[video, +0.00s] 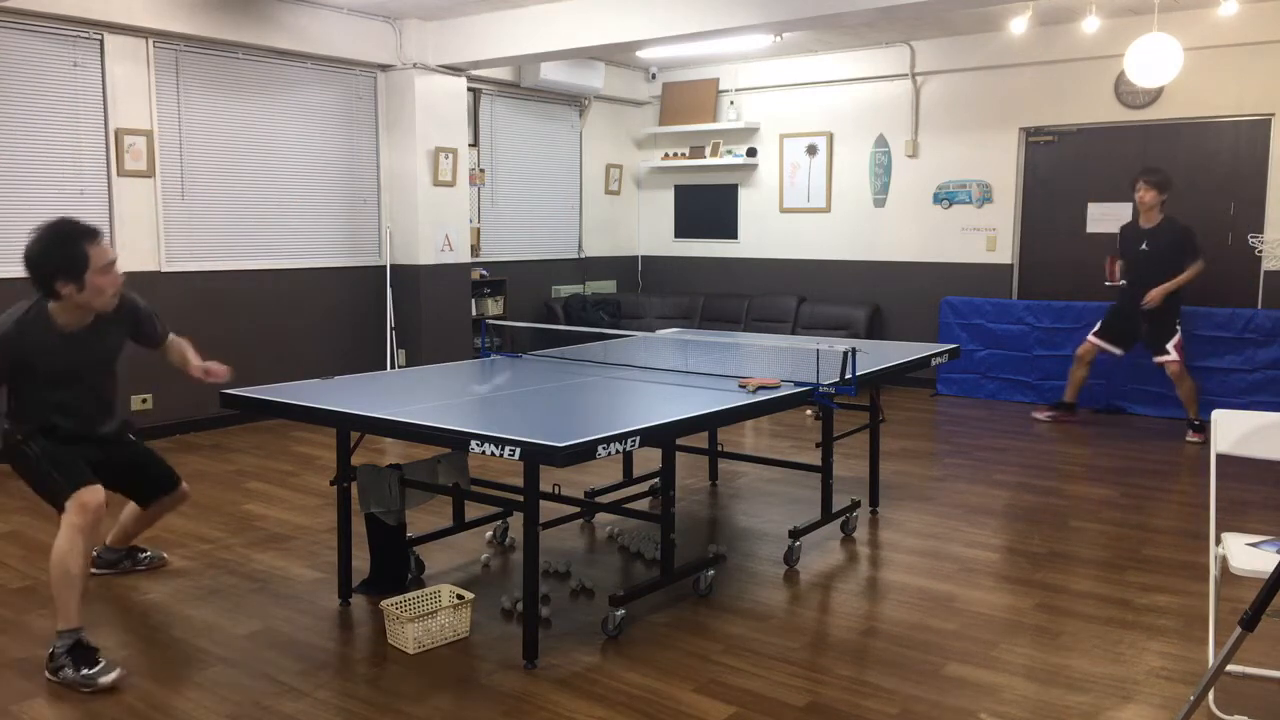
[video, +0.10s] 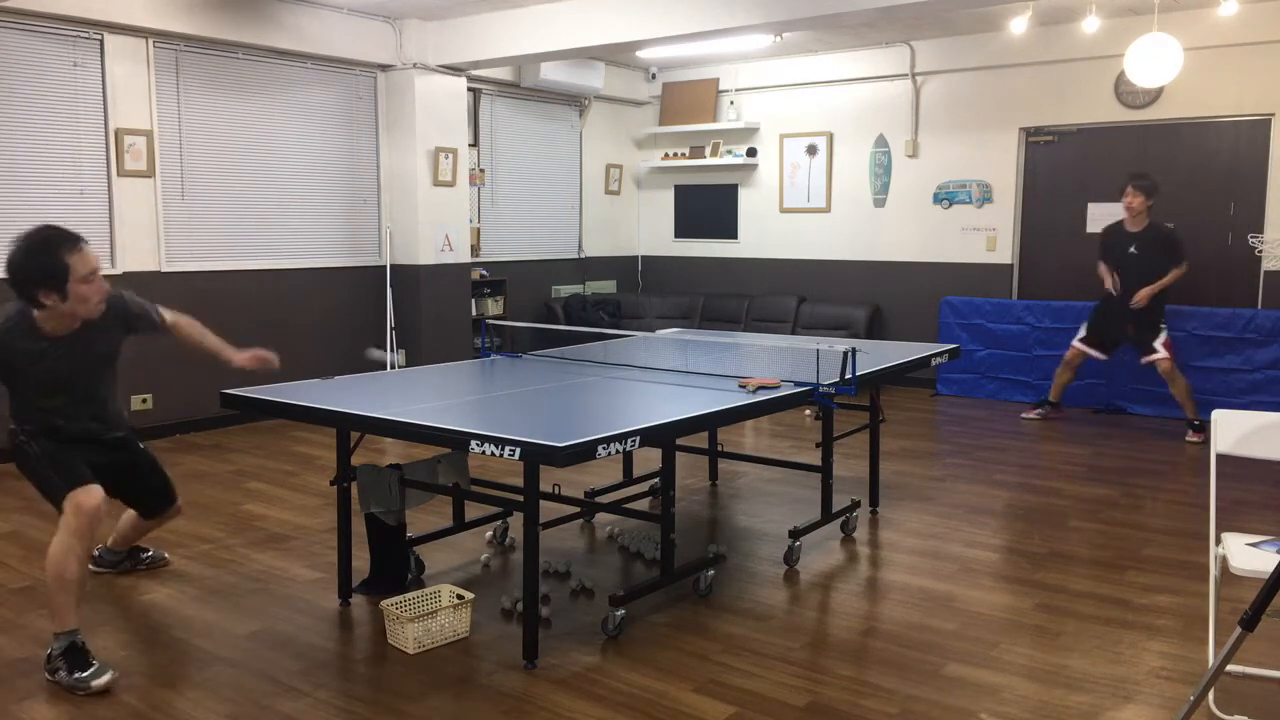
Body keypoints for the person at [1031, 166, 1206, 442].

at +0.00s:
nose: (1141, 195)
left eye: (1148, 190)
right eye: (1138, 189)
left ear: (1163, 196)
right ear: (1134, 194)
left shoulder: (1177, 231)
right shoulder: (1128, 231)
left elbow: (1198, 265)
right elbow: (1126, 266)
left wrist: (1164, 290)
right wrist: (1116, 272)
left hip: (1162, 309)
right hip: (1128, 306)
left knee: (1175, 370)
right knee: (1084, 353)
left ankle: (1195, 423)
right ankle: (1067, 406)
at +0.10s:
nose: (1129, 202)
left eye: (1136, 197)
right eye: (1126, 196)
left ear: (1149, 202)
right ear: (1122, 199)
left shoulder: (1164, 235)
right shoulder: (1111, 233)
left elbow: (1180, 267)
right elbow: (1102, 263)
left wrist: (1152, 289)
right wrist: (1107, 276)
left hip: (1147, 312)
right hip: (1112, 308)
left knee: (1167, 368)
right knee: (1071, 357)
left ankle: (1195, 422)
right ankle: (1051, 403)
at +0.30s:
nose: (1101, 202)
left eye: (1108, 197)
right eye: (1099, 196)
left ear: (1120, 201)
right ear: (1094, 199)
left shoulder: (1134, 230)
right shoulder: (1082, 228)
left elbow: (1153, 258)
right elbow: (1066, 260)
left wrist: (1124, 279)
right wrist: (1083, 273)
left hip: (1122, 303)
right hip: (1086, 302)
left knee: (1142, 357)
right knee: (1058, 354)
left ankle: (1162, 417)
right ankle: (1045, 403)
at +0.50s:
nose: (1076, 215)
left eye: (1083, 210)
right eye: (1074, 209)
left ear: (1097, 212)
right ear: (1070, 211)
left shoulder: (1118, 238)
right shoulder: (1070, 234)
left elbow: (1134, 270)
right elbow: (1055, 257)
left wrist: (1094, 281)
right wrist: (1054, 261)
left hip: (1112, 308)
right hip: (1080, 304)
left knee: (1129, 359)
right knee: (1046, 348)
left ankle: (1151, 415)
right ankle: (1044, 402)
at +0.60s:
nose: (1050, 221)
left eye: (1054, 215)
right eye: (1048, 216)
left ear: (1069, 215)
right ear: (1050, 218)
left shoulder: (1091, 238)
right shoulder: (1058, 243)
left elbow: (1117, 270)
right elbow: (1050, 260)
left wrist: (1077, 286)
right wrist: (1035, 252)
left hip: (1102, 309)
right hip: (1073, 307)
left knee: (1120, 361)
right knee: (1033, 341)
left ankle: (1150, 415)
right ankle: (1027, 396)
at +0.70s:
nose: (1021, 234)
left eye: (1023, 227)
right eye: (1018, 229)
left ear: (1038, 223)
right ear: (1023, 232)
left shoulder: (1062, 243)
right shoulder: (1043, 252)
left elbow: (1097, 263)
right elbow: (1040, 275)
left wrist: (1069, 291)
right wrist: (1019, 251)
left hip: (1089, 314)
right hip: (1064, 313)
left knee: (1109, 367)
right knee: (1022, 344)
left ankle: (1150, 417)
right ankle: (999, 397)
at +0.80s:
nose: (990, 256)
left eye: (991, 250)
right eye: (988, 252)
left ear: (1005, 243)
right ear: (1001, 246)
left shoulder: (1033, 255)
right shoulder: (1021, 264)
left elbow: (1074, 260)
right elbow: (1017, 296)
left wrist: (1061, 294)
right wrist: (996, 277)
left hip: (1072, 323)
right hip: (1048, 323)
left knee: (1099, 374)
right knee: (1008, 344)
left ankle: (1150, 416)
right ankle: (988, 398)